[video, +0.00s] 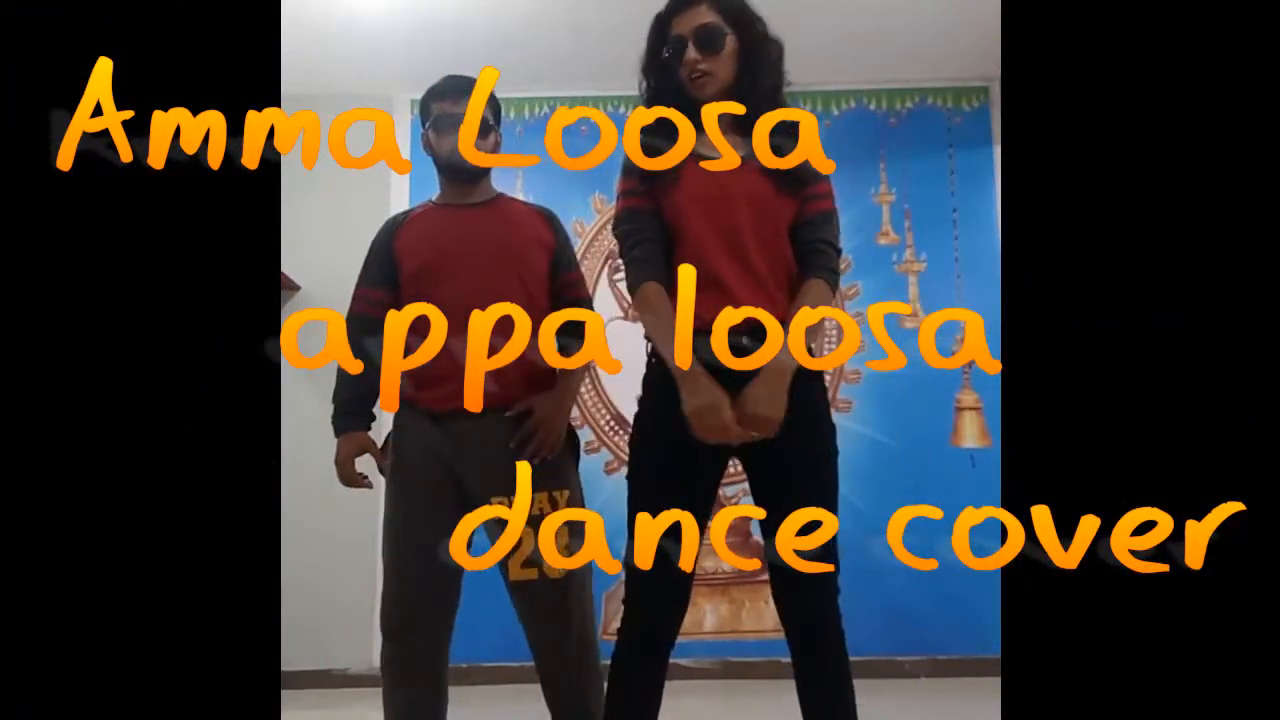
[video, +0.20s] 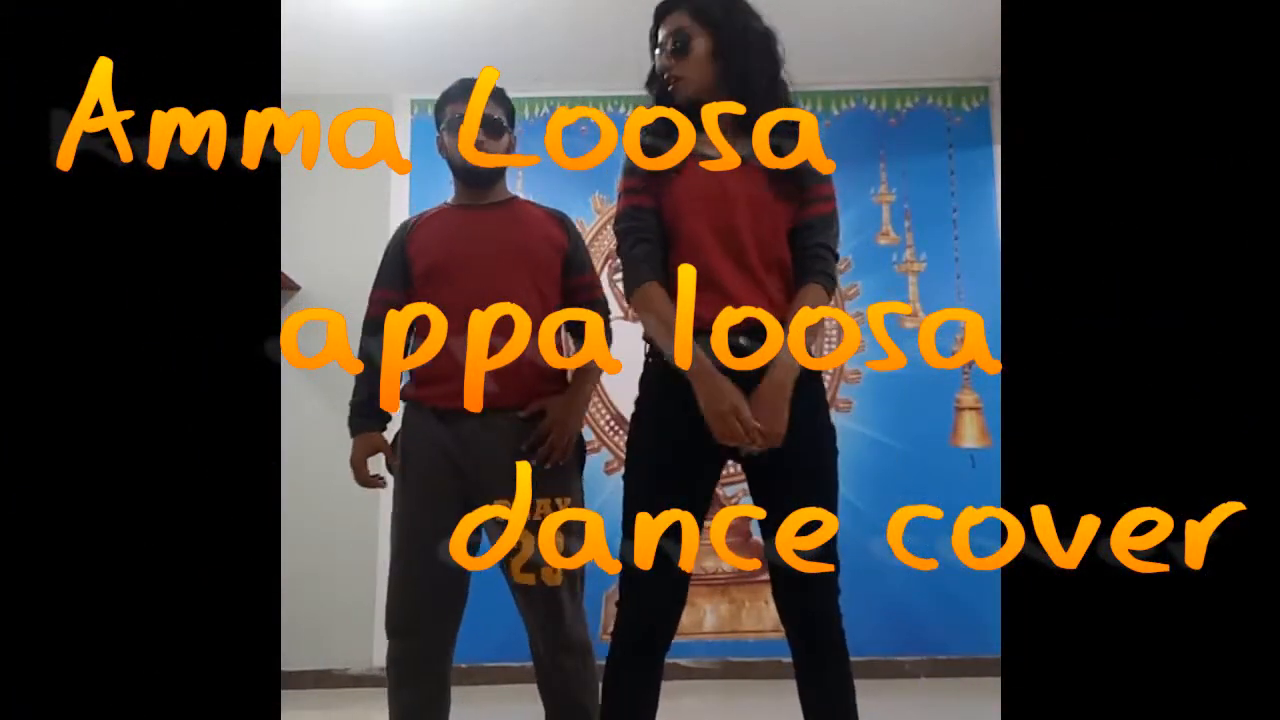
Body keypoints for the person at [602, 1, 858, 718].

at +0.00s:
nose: (692, 57)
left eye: (708, 38)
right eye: (675, 48)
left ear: (747, 44)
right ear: (663, 64)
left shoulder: (789, 133)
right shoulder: (652, 140)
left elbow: (822, 260)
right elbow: (640, 265)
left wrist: (783, 367)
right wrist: (686, 372)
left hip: (786, 383)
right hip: (679, 384)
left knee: (810, 598)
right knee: (653, 602)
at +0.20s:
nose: (663, 61)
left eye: (681, 45)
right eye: (659, 49)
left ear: (734, 48)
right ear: (656, 62)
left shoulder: (792, 138)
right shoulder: (653, 141)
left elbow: (818, 270)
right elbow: (639, 277)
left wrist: (782, 376)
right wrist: (699, 372)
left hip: (786, 389)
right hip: (678, 387)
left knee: (811, 599)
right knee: (648, 600)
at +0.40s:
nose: (650, 68)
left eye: (665, 49)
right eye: (649, 53)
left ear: (718, 48)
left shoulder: (786, 137)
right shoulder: (652, 141)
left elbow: (824, 273)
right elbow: (608, 273)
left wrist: (824, 397)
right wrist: (667, 373)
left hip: (762, 388)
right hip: (655, 385)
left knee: (793, 602)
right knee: (622, 603)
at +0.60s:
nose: (638, 73)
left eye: (651, 53)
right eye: (637, 58)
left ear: (705, 53)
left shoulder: (781, 147)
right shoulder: (641, 154)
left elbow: (827, 272)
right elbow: (591, 279)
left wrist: (862, 397)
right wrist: (619, 356)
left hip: (743, 387)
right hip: (637, 381)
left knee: (781, 600)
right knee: (619, 599)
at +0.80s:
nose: (633, 66)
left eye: (649, 46)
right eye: (632, 51)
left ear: (705, 47)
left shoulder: (777, 140)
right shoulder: (635, 149)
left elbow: (816, 274)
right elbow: (607, 275)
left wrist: (893, 361)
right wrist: (587, 377)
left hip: (754, 387)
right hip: (646, 387)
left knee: (812, 593)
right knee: (627, 599)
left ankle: (837, 718)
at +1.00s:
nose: (655, 56)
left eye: (673, 36)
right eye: (645, 46)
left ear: (721, 40)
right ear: (640, 65)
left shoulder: (782, 135)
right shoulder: (645, 148)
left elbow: (835, 271)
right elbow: (627, 301)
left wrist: (949, 289)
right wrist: (570, 276)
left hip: (787, 388)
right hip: (679, 389)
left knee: (821, 603)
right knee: (651, 604)